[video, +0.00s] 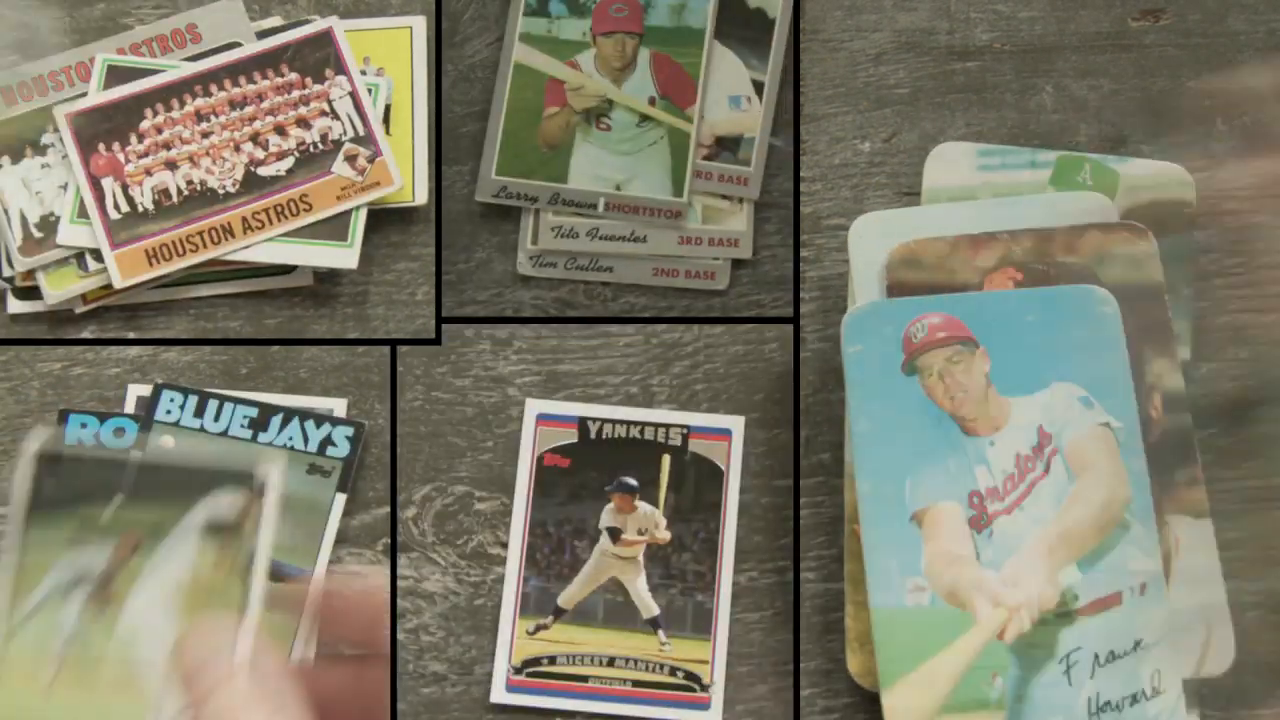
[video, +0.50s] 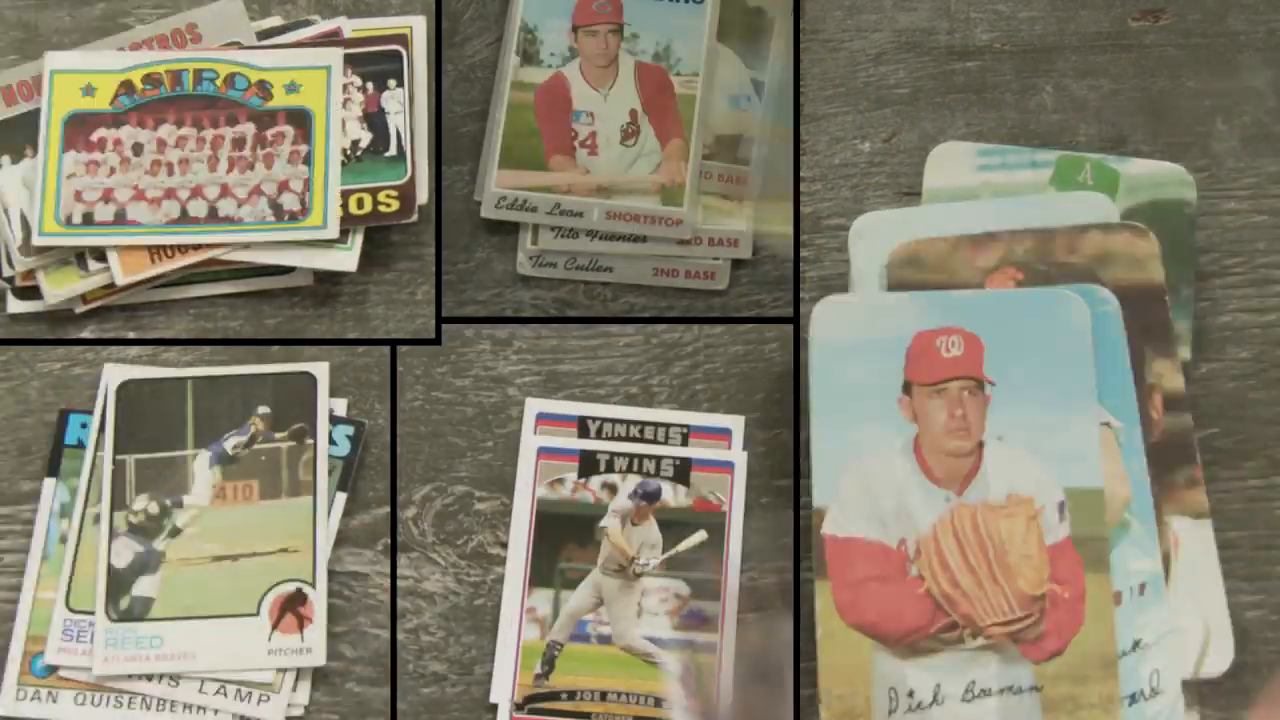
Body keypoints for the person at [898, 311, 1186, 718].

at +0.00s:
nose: (946, 382)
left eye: (954, 363)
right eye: (930, 375)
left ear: (984, 359)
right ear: (925, 390)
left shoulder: (1061, 401)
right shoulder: (939, 465)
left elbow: (1107, 487)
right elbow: (946, 557)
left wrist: (1040, 561)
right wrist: (980, 590)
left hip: (1127, 622)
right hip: (1037, 647)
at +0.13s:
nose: (946, 383)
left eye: (955, 362)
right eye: (930, 375)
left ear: (984, 359)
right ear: (925, 390)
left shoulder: (1061, 402)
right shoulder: (940, 465)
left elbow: (1108, 486)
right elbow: (946, 558)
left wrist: (1041, 562)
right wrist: (982, 591)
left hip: (1129, 620)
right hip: (1038, 644)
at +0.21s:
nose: (946, 383)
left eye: (955, 362)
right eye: (930, 375)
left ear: (983, 360)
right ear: (925, 390)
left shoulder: (1060, 402)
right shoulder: (940, 465)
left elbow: (1107, 486)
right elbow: (946, 557)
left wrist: (1040, 561)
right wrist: (980, 590)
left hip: (1129, 620)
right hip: (1037, 644)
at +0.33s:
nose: (946, 383)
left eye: (954, 362)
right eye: (930, 375)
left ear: (983, 360)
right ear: (925, 390)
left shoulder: (1060, 402)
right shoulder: (942, 468)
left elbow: (1107, 486)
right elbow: (947, 560)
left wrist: (1038, 563)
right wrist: (997, 601)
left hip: (1129, 612)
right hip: (1039, 639)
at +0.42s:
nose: (1036, 347)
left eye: (1045, 325)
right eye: (1014, 330)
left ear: (1061, 332)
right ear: (972, 345)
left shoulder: (1109, 423)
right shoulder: (931, 444)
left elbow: (1163, 548)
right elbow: (924, 590)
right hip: (982, 687)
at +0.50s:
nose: (958, 409)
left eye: (969, 391)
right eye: (938, 393)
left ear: (987, 401)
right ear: (907, 406)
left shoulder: (1024, 474)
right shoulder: (868, 482)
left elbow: (1068, 592)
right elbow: (862, 599)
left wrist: (1026, 627)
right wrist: (969, 606)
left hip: (1008, 687)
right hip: (913, 690)